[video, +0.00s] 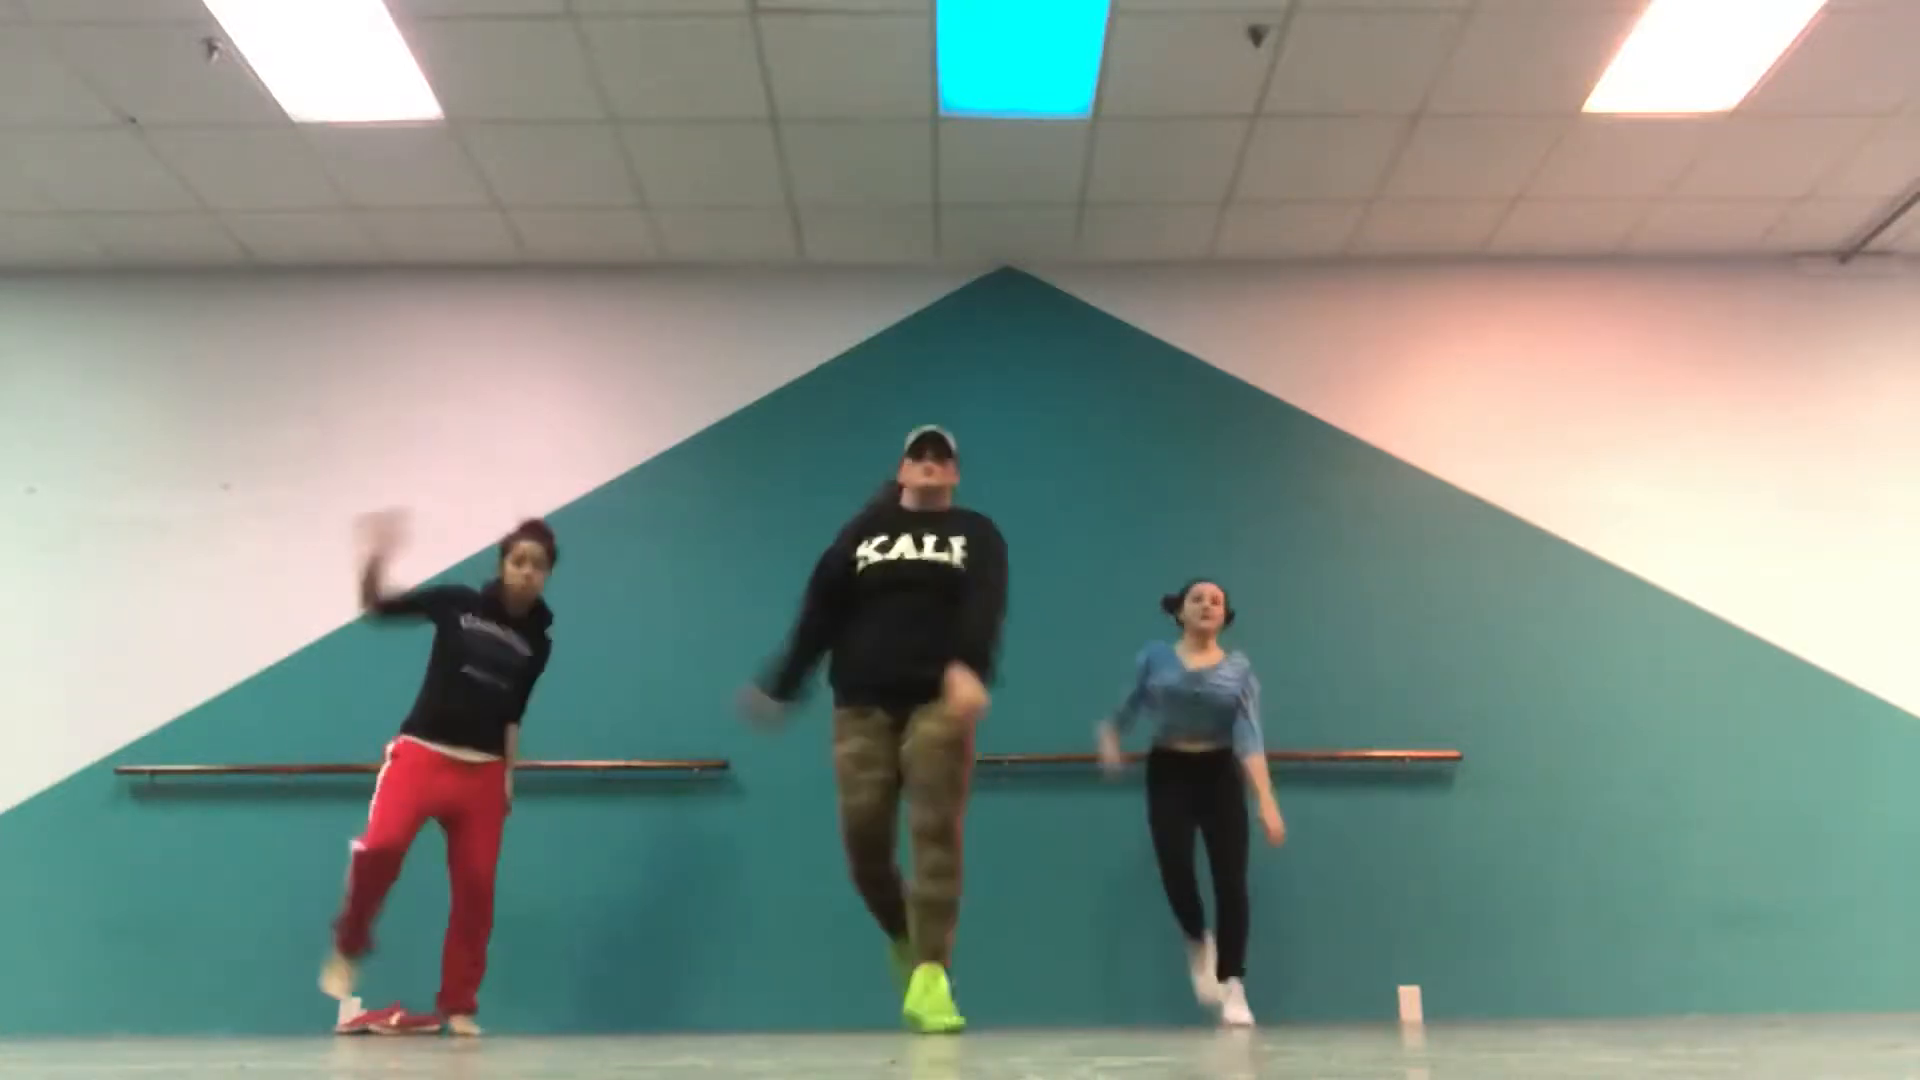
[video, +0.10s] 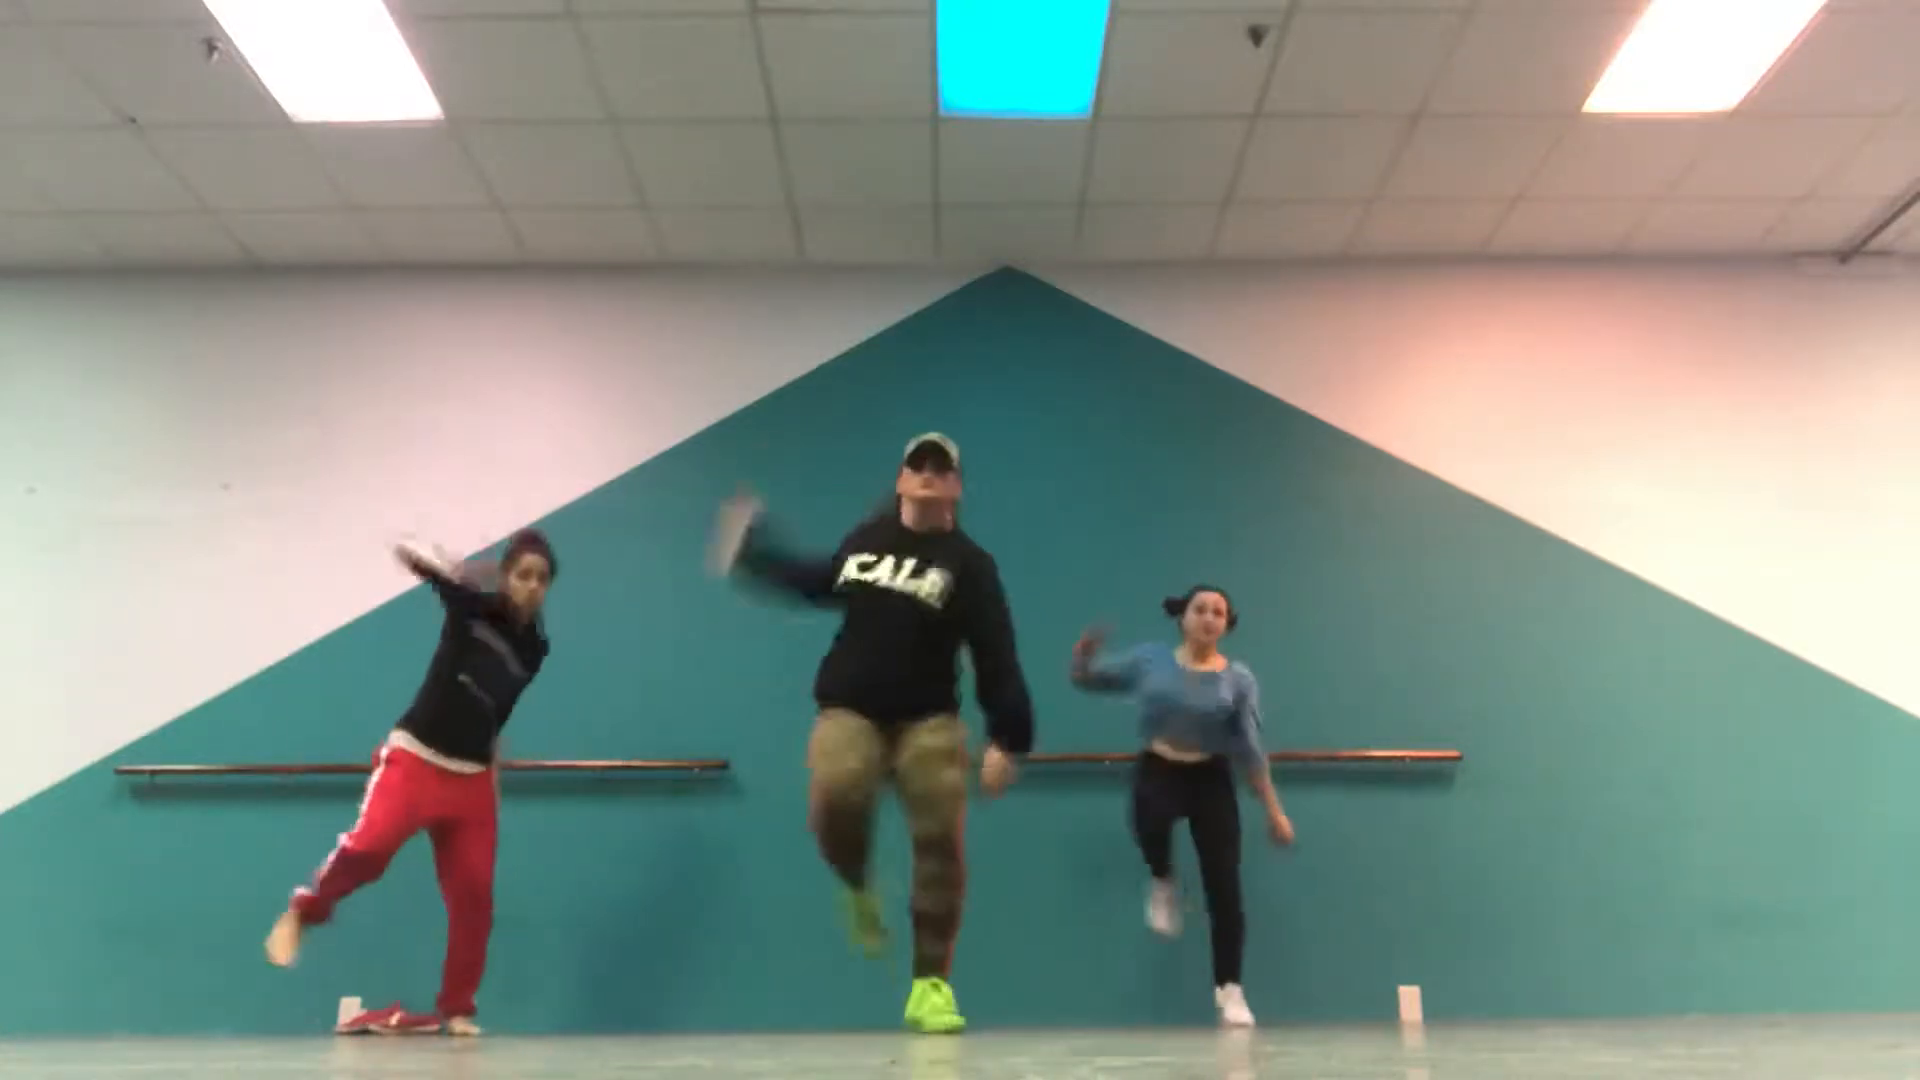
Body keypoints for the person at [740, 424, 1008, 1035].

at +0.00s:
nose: (929, 466)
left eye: (940, 460)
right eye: (919, 458)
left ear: (954, 475)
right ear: (900, 472)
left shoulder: (976, 534)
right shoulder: (862, 532)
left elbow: (984, 604)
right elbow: (821, 610)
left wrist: (971, 663)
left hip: (940, 699)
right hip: (862, 703)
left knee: (935, 833)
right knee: (864, 842)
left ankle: (933, 972)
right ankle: (903, 941)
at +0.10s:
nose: (930, 478)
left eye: (942, 471)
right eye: (920, 469)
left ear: (957, 486)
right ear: (901, 481)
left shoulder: (970, 564)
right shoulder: (868, 539)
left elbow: (996, 653)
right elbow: (820, 582)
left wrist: (1008, 736)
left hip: (929, 714)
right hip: (850, 707)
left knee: (939, 844)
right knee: (836, 798)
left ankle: (932, 981)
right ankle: (859, 887)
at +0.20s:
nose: (937, 482)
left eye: (949, 476)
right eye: (927, 473)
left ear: (964, 492)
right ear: (907, 482)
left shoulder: (970, 578)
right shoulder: (865, 523)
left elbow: (973, 667)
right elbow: (808, 523)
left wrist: (965, 740)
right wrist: (817, 478)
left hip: (910, 713)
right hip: (828, 697)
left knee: (935, 827)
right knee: (787, 761)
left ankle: (930, 980)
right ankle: (761, 897)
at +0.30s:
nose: (954, 506)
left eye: (967, 496)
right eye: (945, 492)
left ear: (982, 509)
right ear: (925, 495)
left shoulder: (972, 596)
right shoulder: (883, 524)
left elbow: (953, 681)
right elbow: (803, 523)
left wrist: (914, 737)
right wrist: (832, 576)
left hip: (878, 721)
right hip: (799, 695)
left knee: (930, 825)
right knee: (725, 810)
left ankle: (929, 979)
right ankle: (645, 931)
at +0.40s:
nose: (954, 540)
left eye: (967, 531)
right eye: (945, 525)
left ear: (976, 547)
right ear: (919, 528)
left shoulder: (947, 602)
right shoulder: (869, 575)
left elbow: (908, 678)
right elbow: (822, 646)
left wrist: (879, 739)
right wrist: (807, 725)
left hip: (853, 739)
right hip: (773, 721)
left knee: (930, 829)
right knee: (697, 836)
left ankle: (923, 987)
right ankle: (588, 973)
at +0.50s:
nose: (931, 537)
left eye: (941, 526)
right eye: (920, 522)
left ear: (950, 533)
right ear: (891, 523)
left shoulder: (923, 601)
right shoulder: (854, 575)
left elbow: (887, 674)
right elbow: (836, 657)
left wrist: (858, 746)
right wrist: (825, 743)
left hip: (844, 754)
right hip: (767, 743)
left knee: (934, 834)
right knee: (683, 862)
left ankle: (924, 989)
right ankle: (573, 989)